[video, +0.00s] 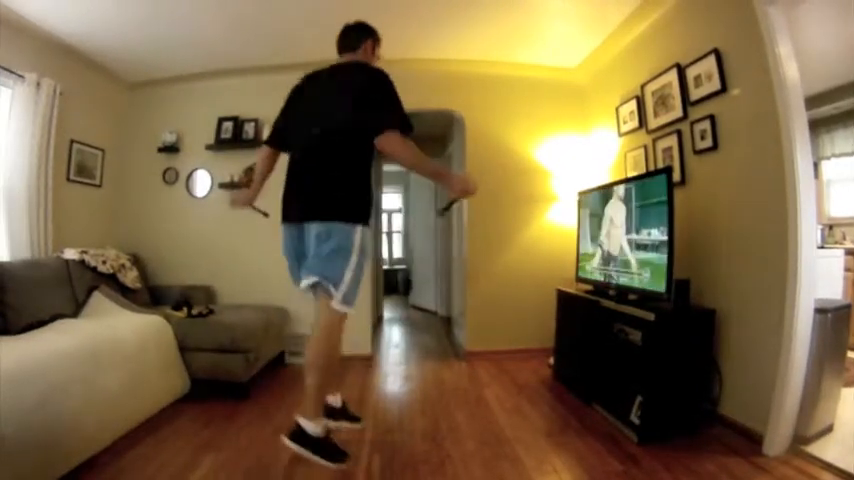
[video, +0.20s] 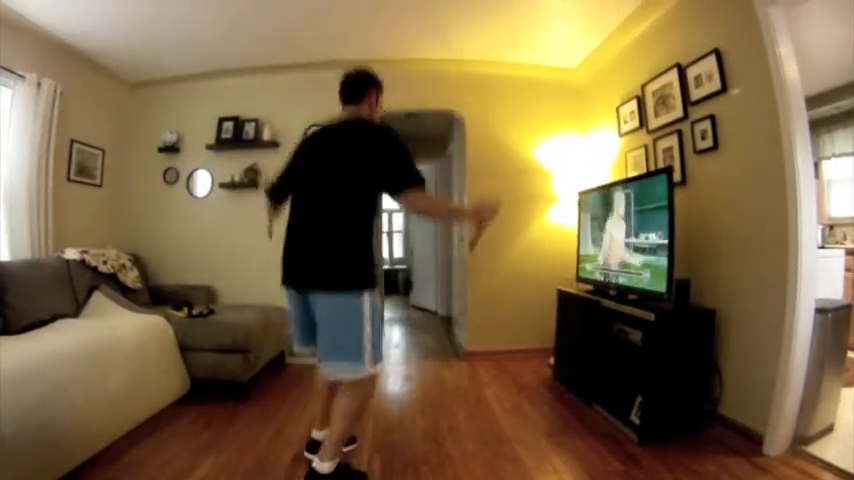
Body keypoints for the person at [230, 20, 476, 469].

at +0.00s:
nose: (378, 58)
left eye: (376, 52)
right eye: (378, 52)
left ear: (339, 49)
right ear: (371, 47)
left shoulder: (307, 83)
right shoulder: (372, 79)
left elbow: (273, 143)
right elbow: (389, 142)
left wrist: (252, 190)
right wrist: (447, 177)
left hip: (298, 207)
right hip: (341, 208)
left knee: (330, 310)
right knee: (330, 315)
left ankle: (332, 399)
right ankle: (308, 424)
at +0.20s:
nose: (381, 106)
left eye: (380, 98)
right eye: (380, 98)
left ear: (341, 100)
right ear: (374, 98)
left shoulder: (315, 139)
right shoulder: (378, 138)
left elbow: (277, 192)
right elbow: (413, 200)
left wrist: (274, 211)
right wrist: (471, 213)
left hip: (301, 270)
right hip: (346, 273)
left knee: (330, 361)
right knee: (359, 376)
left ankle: (323, 435)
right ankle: (327, 463)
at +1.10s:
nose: (398, 146)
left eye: (395, 140)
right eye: (397, 140)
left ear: (360, 141)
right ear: (392, 142)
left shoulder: (336, 176)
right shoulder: (397, 183)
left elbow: (292, 232)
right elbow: (430, 241)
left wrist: (285, 260)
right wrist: (482, 258)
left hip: (314, 294)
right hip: (363, 299)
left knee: (350, 358)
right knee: (391, 373)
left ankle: (340, 433)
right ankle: (358, 458)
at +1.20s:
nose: (395, 124)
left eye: (392, 117)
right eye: (395, 117)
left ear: (358, 118)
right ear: (389, 118)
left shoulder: (333, 157)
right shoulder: (396, 157)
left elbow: (293, 213)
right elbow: (427, 218)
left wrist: (284, 256)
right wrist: (475, 244)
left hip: (316, 274)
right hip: (365, 277)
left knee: (350, 354)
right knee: (382, 368)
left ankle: (341, 431)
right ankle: (358, 457)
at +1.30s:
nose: (392, 84)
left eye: (387, 77)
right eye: (392, 77)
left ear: (354, 75)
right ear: (387, 76)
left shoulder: (327, 114)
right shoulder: (398, 115)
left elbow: (299, 180)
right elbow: (428, 178)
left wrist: (282, 229)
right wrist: (463, 222)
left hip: (316, 234)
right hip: (363, 236)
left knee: (339, 332)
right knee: (365, 335)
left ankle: (345, 410)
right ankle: (364, 436)